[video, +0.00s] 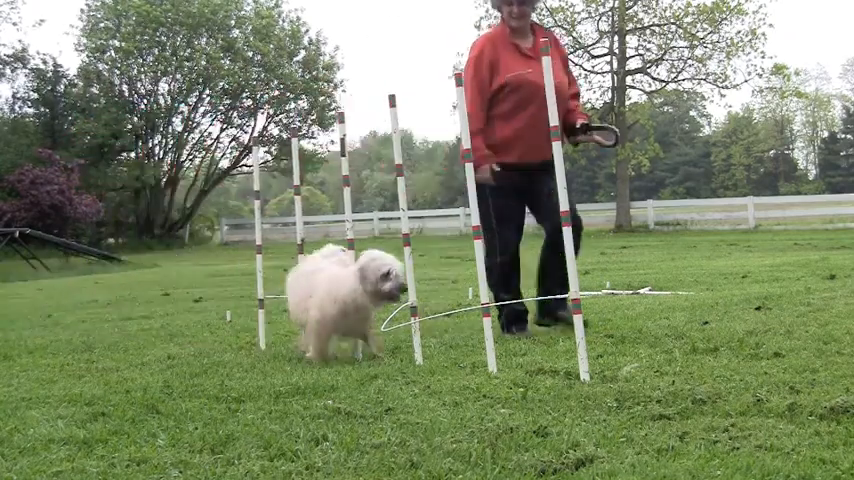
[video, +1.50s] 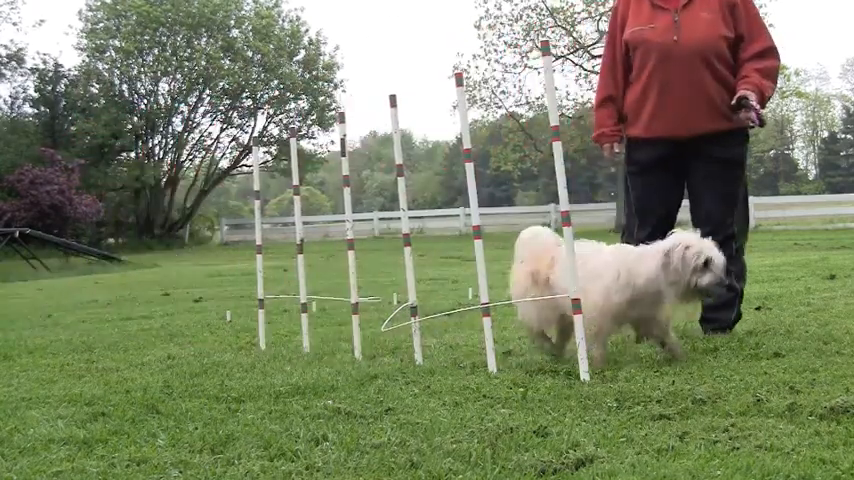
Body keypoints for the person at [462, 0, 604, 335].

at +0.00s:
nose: (517, 6)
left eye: (523, 0)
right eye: (509, 1)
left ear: (534, 4)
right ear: (498, 6)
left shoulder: (550, 43)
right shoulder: (485, 49)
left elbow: (569, 92)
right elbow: (473, 108)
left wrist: (577, 122)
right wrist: (479, 156)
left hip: (545, 164)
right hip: (501, 168)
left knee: (566, 225)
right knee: (504, 246)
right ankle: (512, 320)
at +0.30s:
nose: (569, 2)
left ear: (589, 1)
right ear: (552, 2)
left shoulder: (610, 39)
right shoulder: (539, 43)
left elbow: (627, 93)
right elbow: (525, 104)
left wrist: (637, 124)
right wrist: (529, 156)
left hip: (607, 164)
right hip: (554, 165)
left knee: (619, 244)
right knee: (543, 247)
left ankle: (624, 322)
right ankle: (525, 319)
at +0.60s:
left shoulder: (657, 17)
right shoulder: (577, 19)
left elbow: (682, 68)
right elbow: (554, 83)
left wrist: (688, 100)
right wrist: (543, 139)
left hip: (644, 144)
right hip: (590, 143)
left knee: (641, 234)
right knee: (617, 230)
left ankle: (622, 319)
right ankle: (637, 320)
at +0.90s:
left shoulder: (685, 10)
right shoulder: (599, 17)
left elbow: (712, 67)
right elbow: (580, 87)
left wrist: (709, 103)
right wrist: (577, 143)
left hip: (675, 148)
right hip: (616, 152)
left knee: (688, 222)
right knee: (630, 237)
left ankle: (685, 312)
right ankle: (644, 325)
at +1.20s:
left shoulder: (714, 6)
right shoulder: (616, 7)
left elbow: (741, 60)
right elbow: (597, 71)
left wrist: (734, 97)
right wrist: (592, 128)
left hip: (700, 139)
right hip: (631, 142)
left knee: (706, 234)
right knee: (634, 238)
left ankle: (717, 326)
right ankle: (643, 328)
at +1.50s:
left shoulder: (731, 4)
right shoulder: (628, 5)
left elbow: (760, 51)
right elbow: (613, 64)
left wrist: (751, 89)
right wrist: (608, 122)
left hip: (719, 134)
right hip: (649, 138)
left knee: (721, 235)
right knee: (644, 238)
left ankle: (719, 326)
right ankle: (644, 323)